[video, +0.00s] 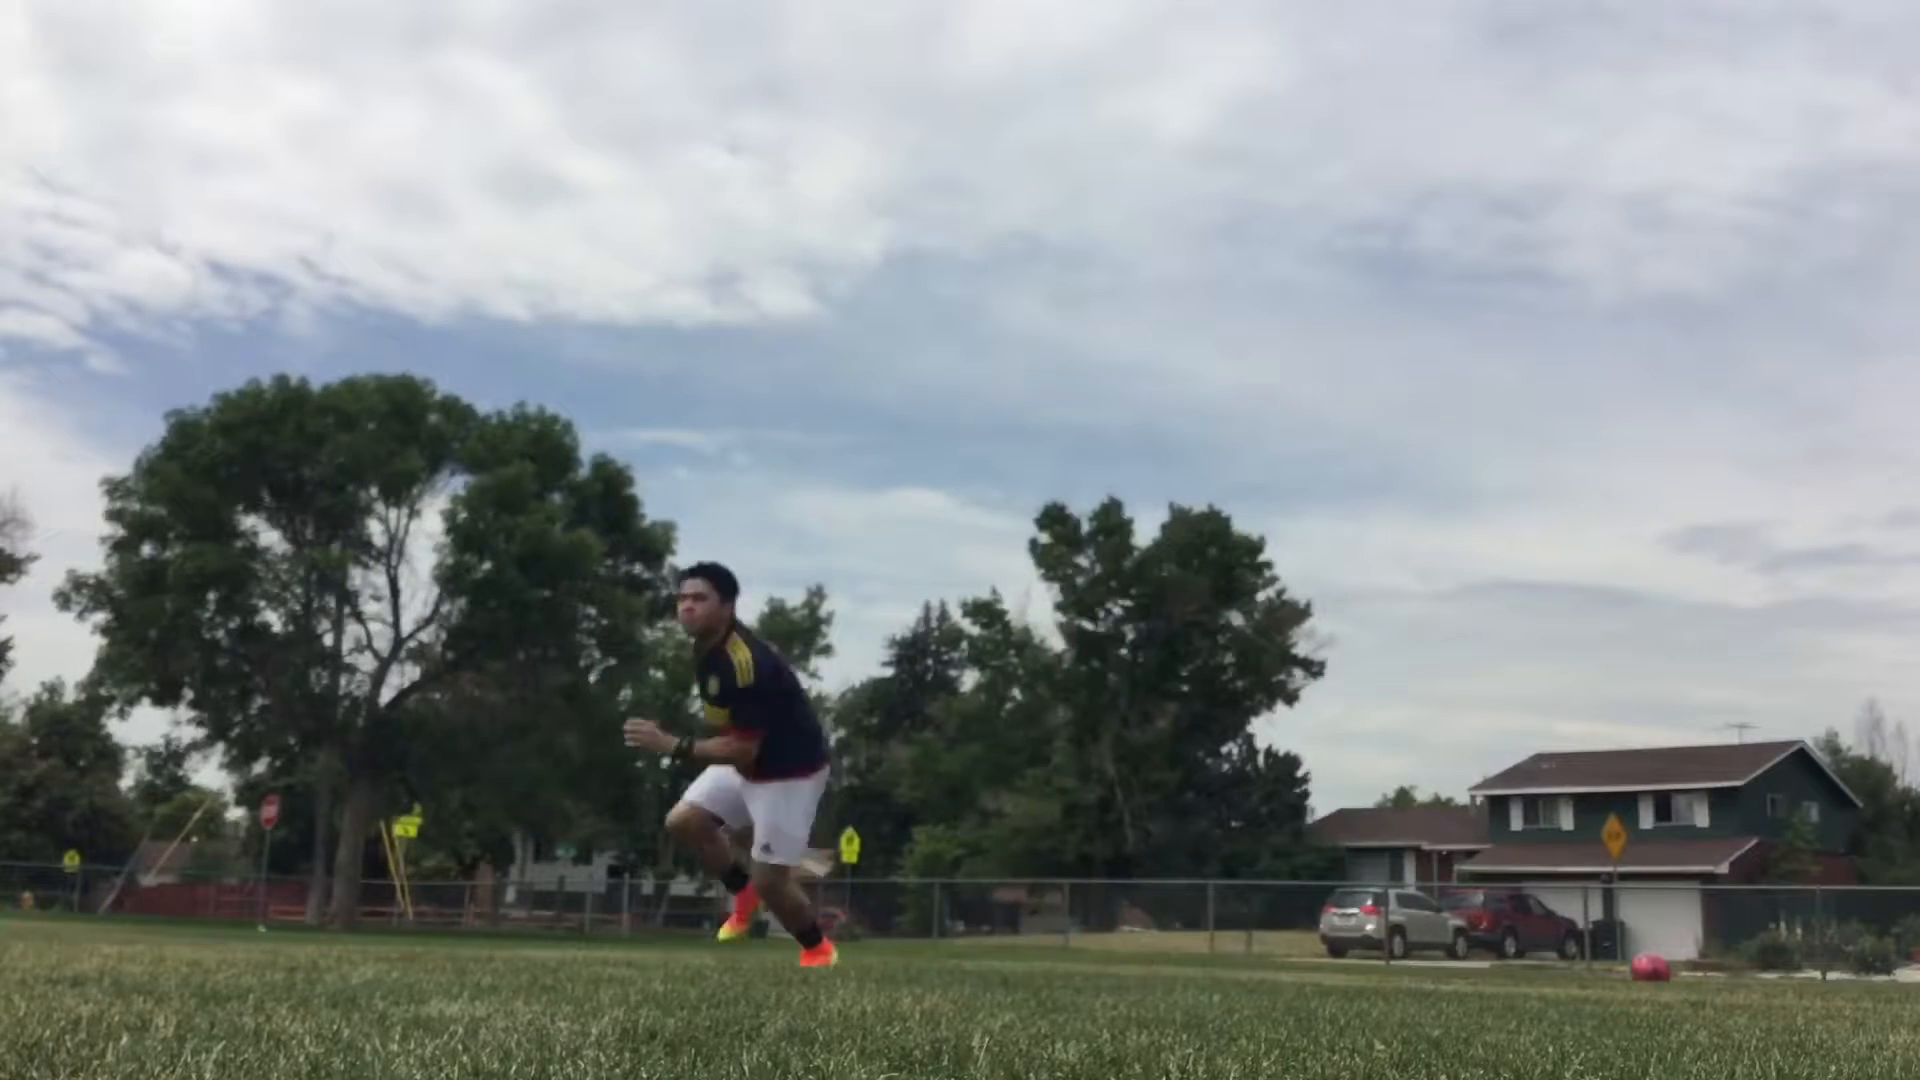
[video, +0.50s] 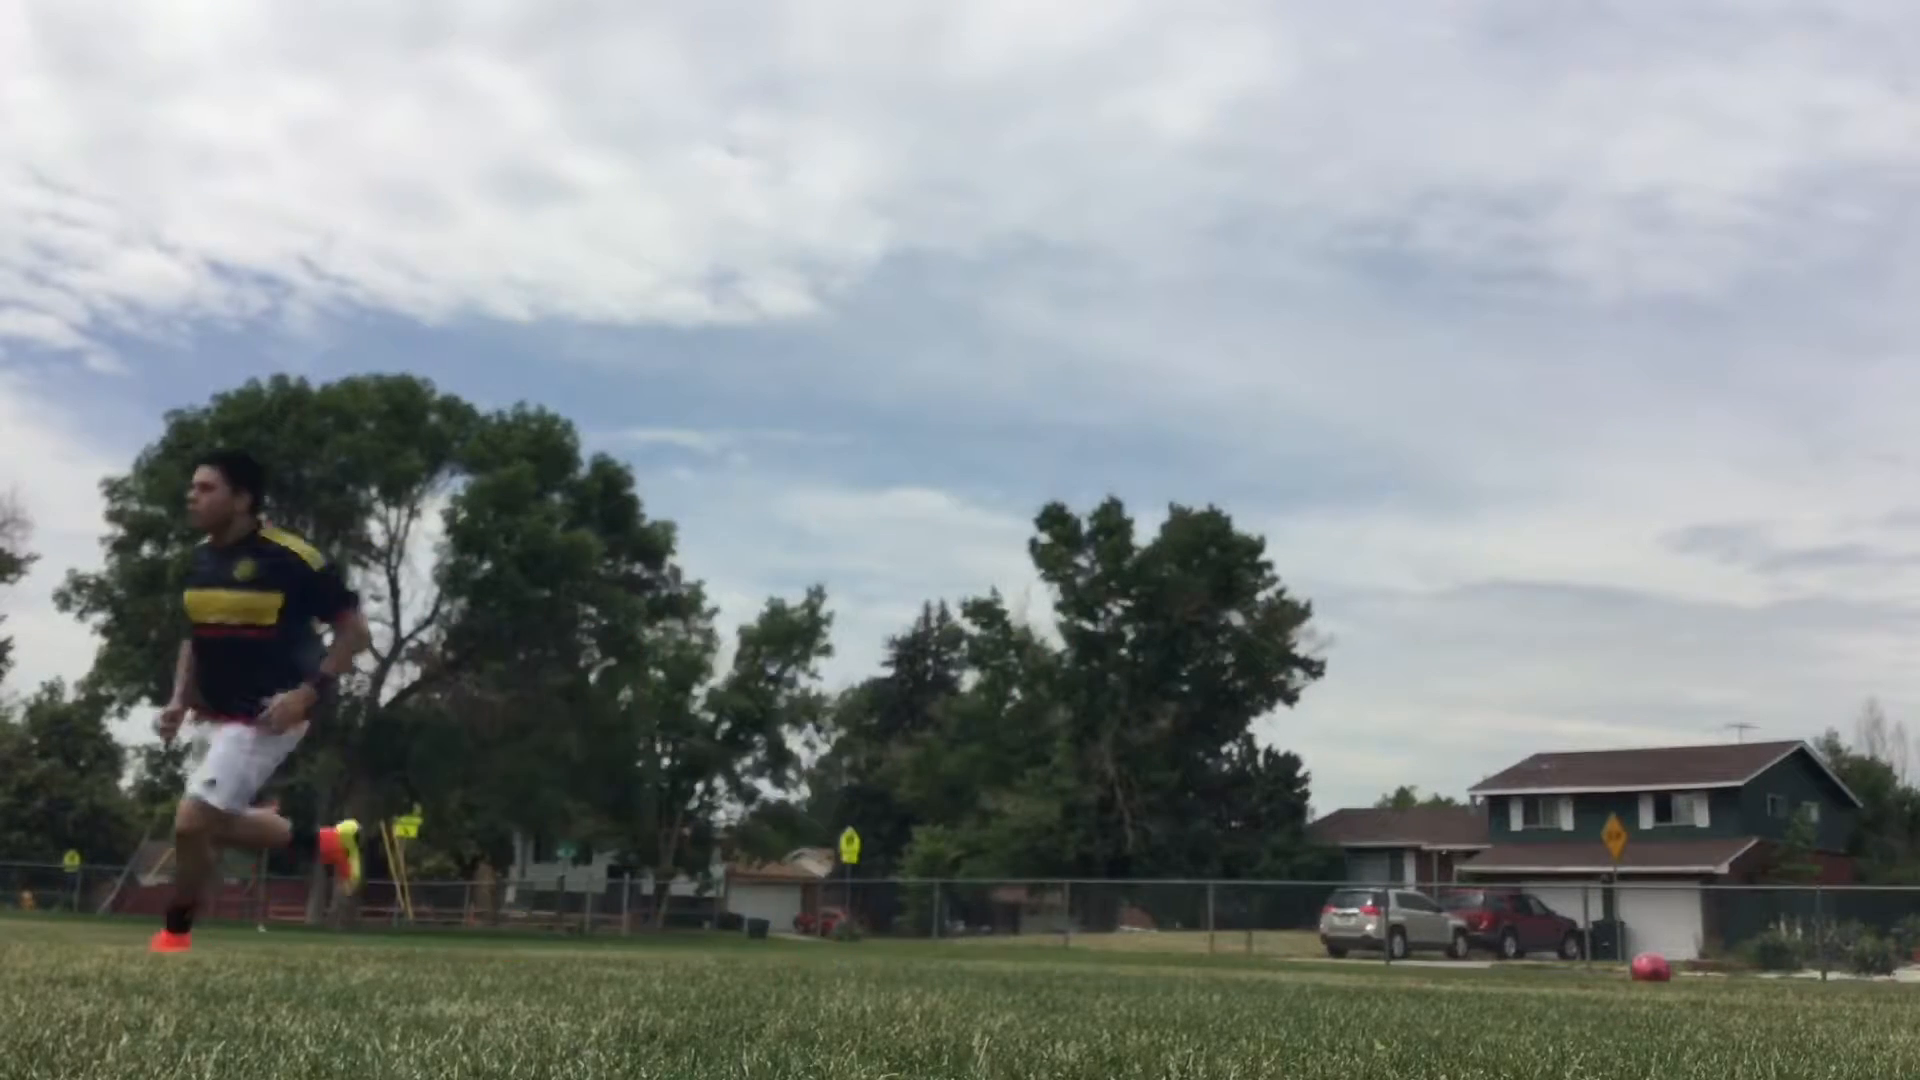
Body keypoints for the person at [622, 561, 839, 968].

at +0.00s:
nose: (686, 607)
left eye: (698, 599)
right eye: (682, 599)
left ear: (726, 606)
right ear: (677, 606)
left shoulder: (747, 661)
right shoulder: (706, 653)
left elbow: (743, 750)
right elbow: (728, 726)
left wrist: (668, 744)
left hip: (792, 772)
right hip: (745, 764)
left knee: (769, 880)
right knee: (685, 822)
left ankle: (818, 948)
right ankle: (744, 892)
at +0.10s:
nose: (597, 582)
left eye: (609, 573)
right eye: (593, 574)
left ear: (637, 579)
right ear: (591, 582)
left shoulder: (655, 626)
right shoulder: (625, 626)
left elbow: (662, 703)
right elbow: (631, 677)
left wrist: (599, 700)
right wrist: (600, 683)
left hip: (707, 758)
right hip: (654, 746)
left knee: (734, 861)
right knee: (582, 806)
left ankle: (799, 928)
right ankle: (575, 918)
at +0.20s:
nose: (502, 563)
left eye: (514, 553)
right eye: (497, 555)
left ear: (541, 558)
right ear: (494, 563)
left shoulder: (571, 604)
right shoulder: (528, 614)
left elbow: (627, 665)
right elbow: (554, 687)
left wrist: (596, 741)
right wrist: (531, 732)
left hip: (607, 740)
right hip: (552, 740)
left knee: (596, 862)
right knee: (509, 830)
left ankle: (691, 880)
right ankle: (525, 937)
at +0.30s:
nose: (403, 557)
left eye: (414, 548)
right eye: (401, 548)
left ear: (447, 553)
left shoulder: (491, 597)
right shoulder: (411, 616)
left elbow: (576, 623)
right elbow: (406, 690)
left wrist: (594, 694)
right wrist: (385, 697)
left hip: (505, 741)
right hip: (465, 743)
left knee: (418, 824)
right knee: (472, 848)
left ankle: (480, 893)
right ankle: (519, 939)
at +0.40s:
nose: (301, 525)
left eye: (313, 516)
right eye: (300, 515)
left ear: (350, 523)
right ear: (305, 522)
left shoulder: (396, 564)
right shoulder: (305, 576)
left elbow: (485, 580)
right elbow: (289, 648)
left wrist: (483, 655)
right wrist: (300, 659)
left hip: (392, 716)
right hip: (350, 717)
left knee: (287, 808)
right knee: (407, 823)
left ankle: (240, 920)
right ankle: (472, 902)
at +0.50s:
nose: (192, 499)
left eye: (205, 489)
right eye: (193, 489)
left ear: (242, 499)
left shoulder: (292, 558)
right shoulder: (201, 560)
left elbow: (354, 630)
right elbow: (197, 637)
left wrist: (309, 694)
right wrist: (181, 698)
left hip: (270, 715)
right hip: (219, 714)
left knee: (191, 821)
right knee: (211, 822)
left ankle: (176, 931)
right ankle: (327, 845)